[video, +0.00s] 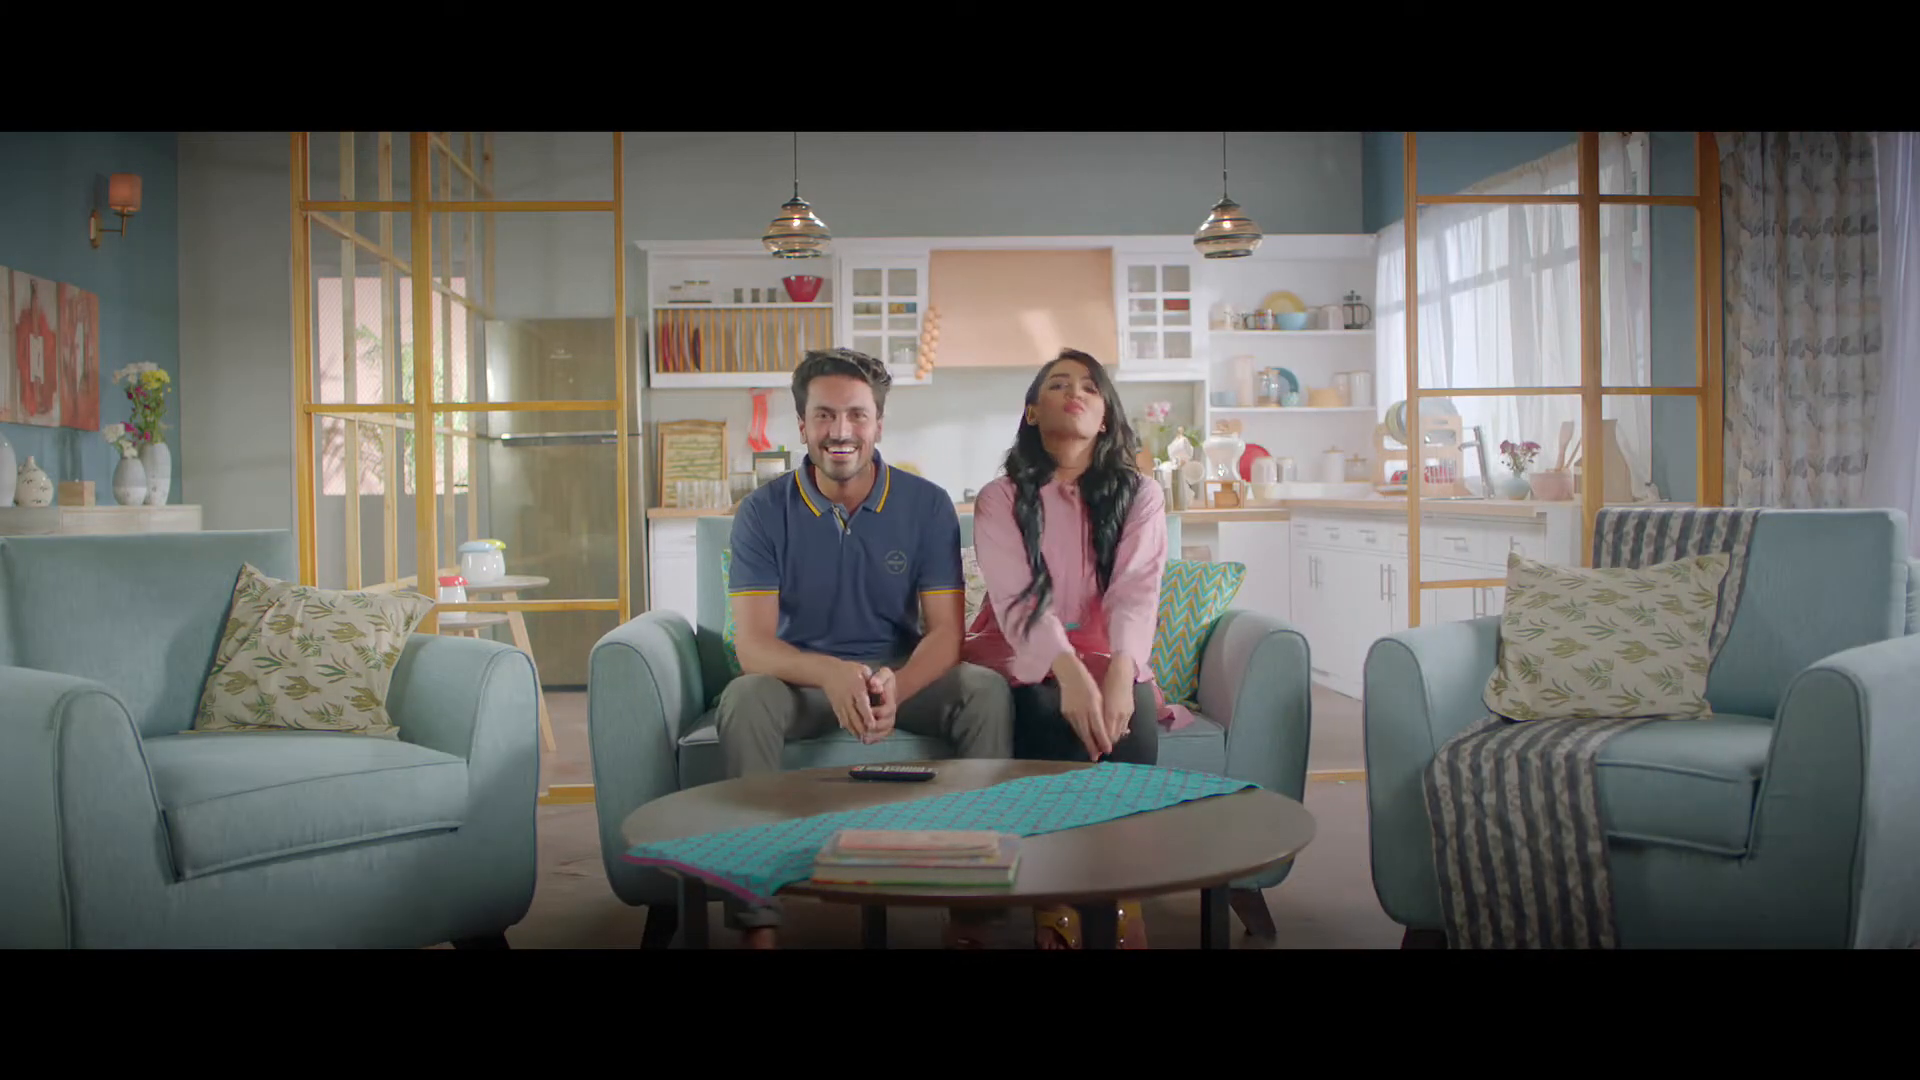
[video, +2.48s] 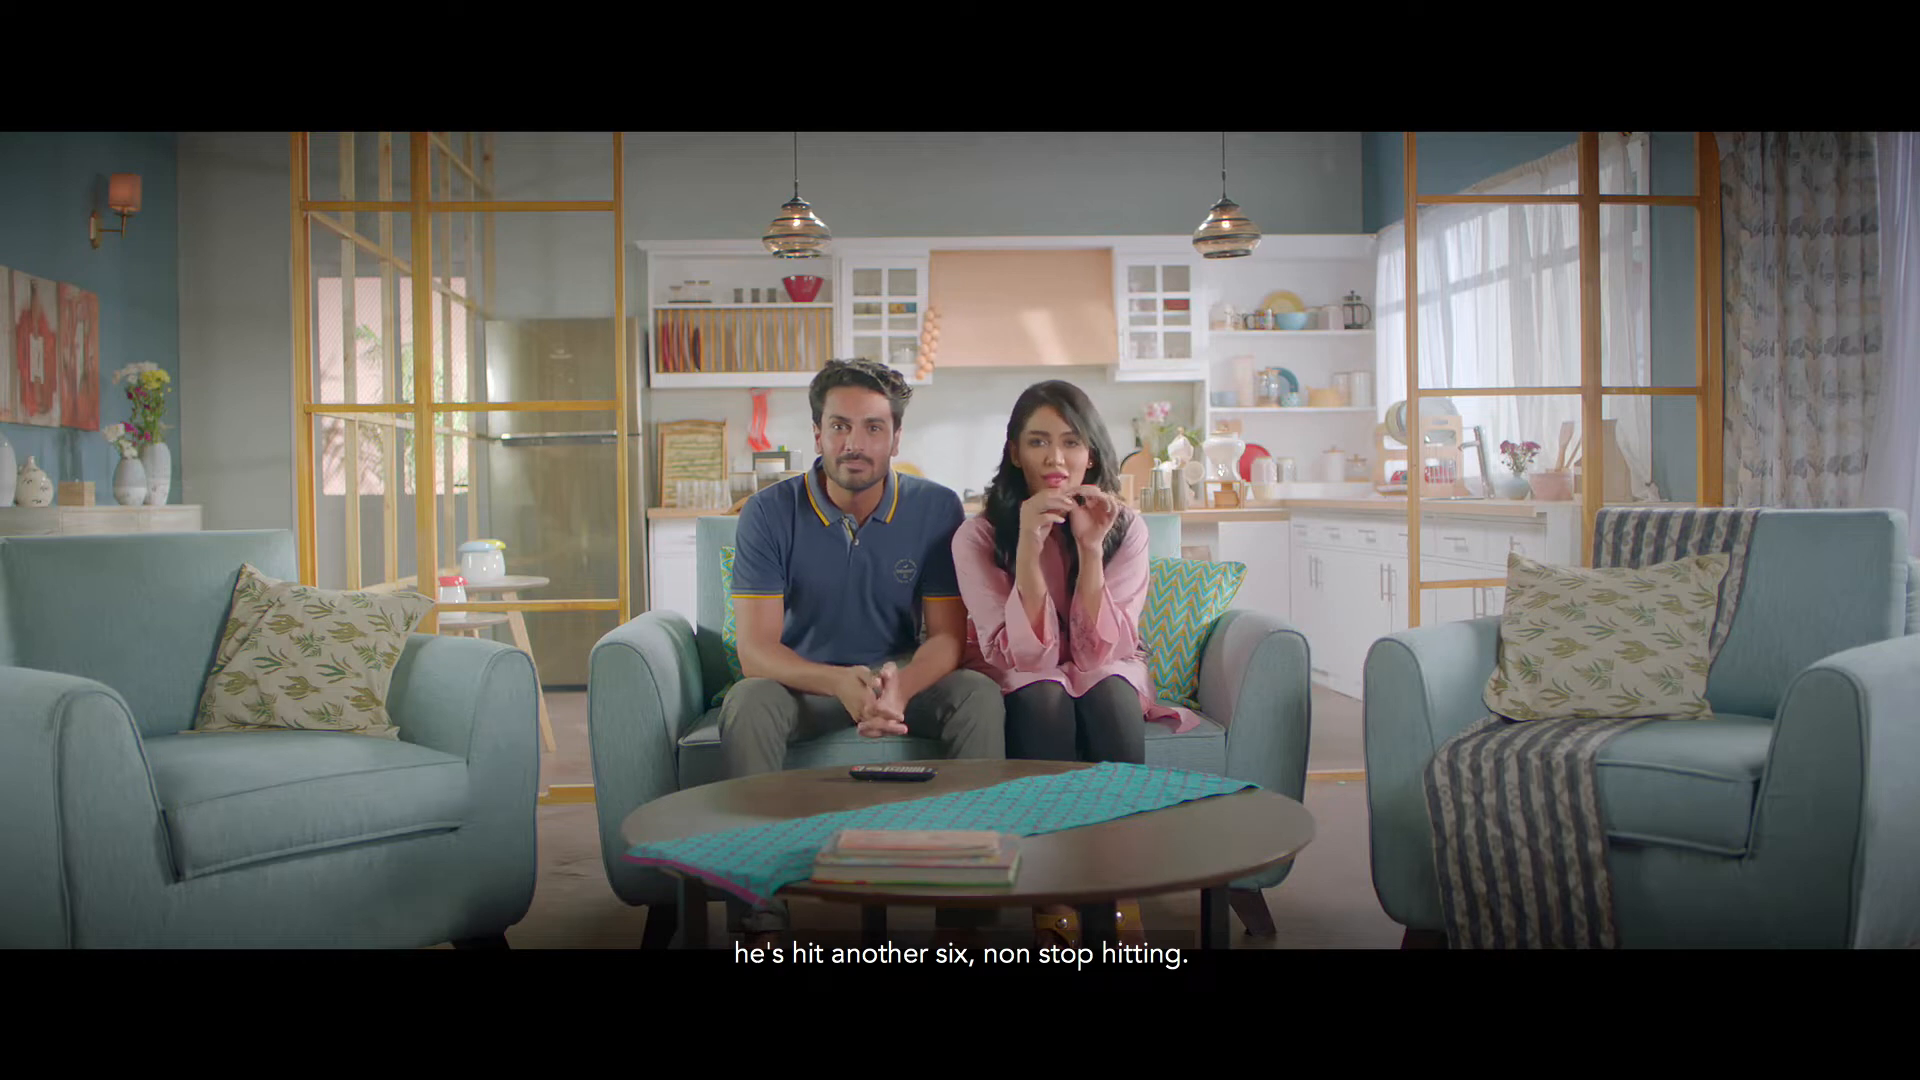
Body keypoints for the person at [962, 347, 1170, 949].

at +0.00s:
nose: (1075, 393)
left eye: (1090, 388)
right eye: (1058, 385)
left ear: (1106, 416)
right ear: (1033, 412)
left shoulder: (1139, 492)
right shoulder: (1002, 497)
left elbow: (1138, 592)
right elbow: (1016, 597)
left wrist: (1119, 676)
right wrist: (1067, 669)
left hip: (1111, 660)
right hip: (1026, 661)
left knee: (1135, 726)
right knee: (1058, 721)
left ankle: (1120, 898)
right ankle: (1053, 898)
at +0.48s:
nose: (1070, 418)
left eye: (1085, 412)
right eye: (1055, 413)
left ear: (1107, 443)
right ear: (1032, 444)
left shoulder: (1145, 526)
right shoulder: (999, 525)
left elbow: (1125, 631)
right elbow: (1021, 644)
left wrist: (1104, 653)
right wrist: (1073, 647)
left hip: (1111, 683)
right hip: (1032, 685)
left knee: (1112, 699)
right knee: (1052, 706)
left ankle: (1123, 896)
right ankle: (1055, 899)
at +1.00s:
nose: (1062, 424)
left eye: (1077, 417)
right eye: (1046, 418)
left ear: (1100, 447)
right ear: (1025, 447)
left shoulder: (1139, 527)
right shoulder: (990, 531)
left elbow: (1114, 657)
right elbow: (1018, 661)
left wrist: (1106, 577)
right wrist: (1045, 580)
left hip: (1105, 680)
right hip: (1031, 682)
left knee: (1113, 697)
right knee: (1047, 700)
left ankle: (1122, 889)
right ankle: (1052, 893)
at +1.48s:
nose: (1039, 434)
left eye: (1059, 424)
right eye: (1028, 422)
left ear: (1087, 447)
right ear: (1014, 438)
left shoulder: (1119, 524)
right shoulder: (981, 533)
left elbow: (1105, 652)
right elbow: (1017, 650)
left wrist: (1153, 564)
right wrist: (1067, 555)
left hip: (1104, 672)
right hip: (1029, 675)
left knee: (1115, 700)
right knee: (1047, 702)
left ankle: (1120, 893)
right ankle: (1054, 893)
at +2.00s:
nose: (1038, 443)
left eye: (1057, 429)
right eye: (1024, 428)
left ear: (1086, 446)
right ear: (1010, 443)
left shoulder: (1119, 521)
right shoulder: (977, 536)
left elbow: (1103, 651)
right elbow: (1025, 650)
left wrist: (1152, 559)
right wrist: (1085, 559)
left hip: (1103, 677)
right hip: (1030, 680)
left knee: (1114, 696)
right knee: (1048, 700)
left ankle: (1123, 892)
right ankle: (1053, 893)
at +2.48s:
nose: (1055, 458)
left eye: (1070, 443)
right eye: (1038, 441)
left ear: (1091, 455)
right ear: (1014, 452)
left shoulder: (1122, 525)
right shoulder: (977, 537)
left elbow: (1101, 652)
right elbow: (1023, 658)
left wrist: (1089, 551)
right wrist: (1029, 545)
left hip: (1105, 678)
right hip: (1029, 683)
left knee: (1109, 695)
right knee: (1044, 699)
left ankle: (1122, 892)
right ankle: (1053, 895)